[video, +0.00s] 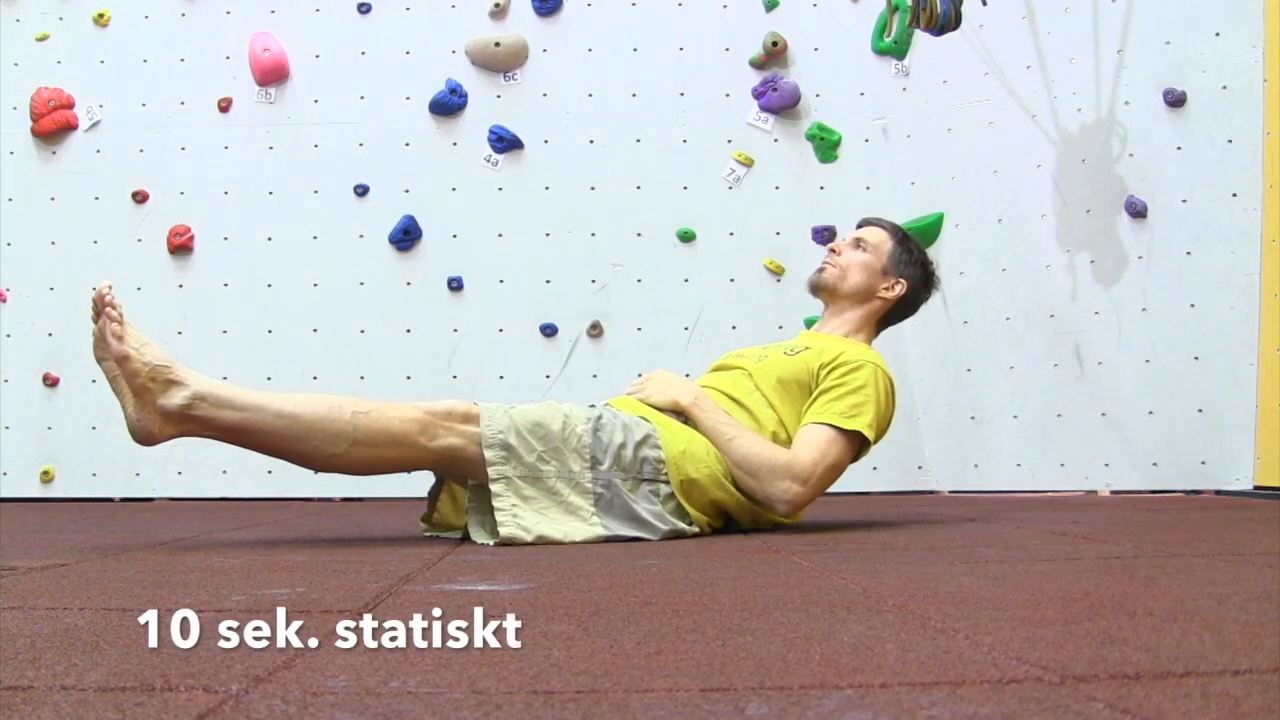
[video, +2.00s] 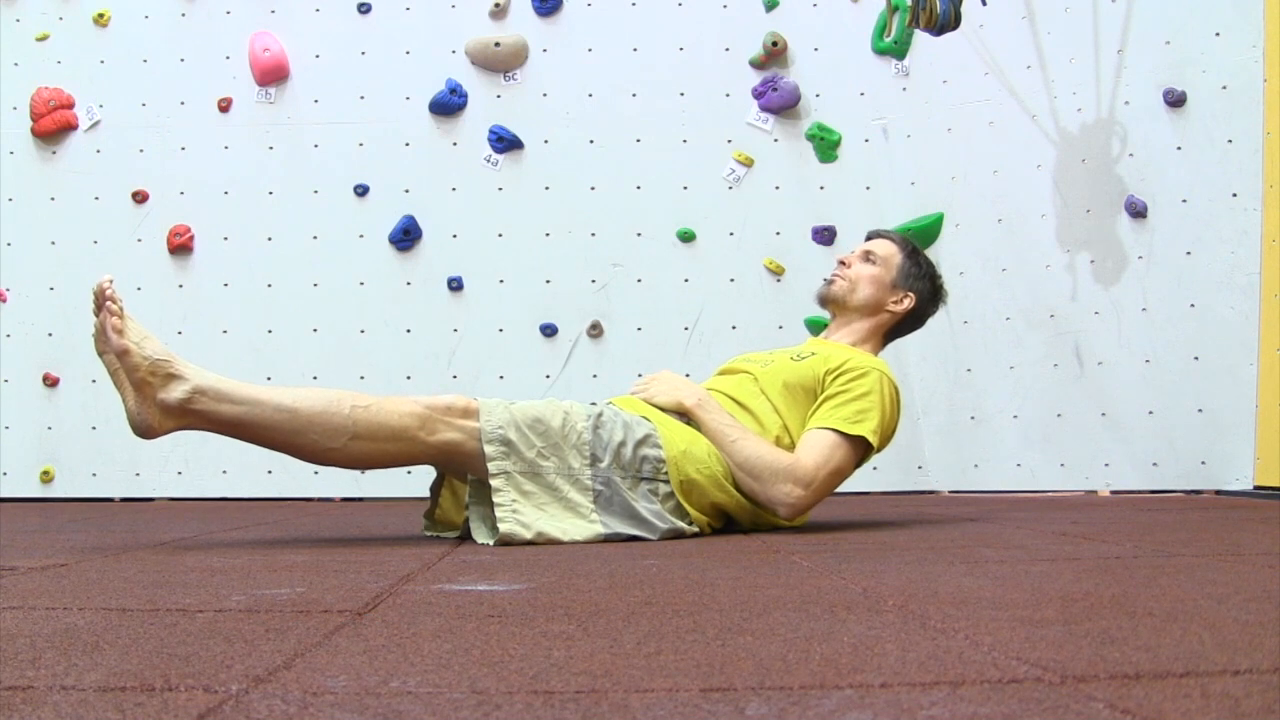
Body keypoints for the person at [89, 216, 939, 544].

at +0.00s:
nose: (833, 247)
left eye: (857, 247)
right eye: (841, 239)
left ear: (889, 292)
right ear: (843, 274)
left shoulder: (859, 368)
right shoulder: (797, 354)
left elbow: (790, 490)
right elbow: (749, 466)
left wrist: (696, 399)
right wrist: (674, 402)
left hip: (663, 460)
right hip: (641, 446)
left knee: (442, 428)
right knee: (429, 431)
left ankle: (177, 400)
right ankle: (178, 403)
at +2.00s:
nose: (846, 256)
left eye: (870, 256)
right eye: (856, 247)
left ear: (897, 303)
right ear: (862, 285)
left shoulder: (865, 378)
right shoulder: (805, 359)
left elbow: (792, 493)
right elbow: (750, 469)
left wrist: (701, 403)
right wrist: (674, 407)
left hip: (660, 461)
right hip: (641, 446)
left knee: (443, 426)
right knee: (435, 422)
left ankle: (179, 395)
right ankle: (181, 397)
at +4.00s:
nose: (845, 265)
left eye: (869, 263)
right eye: (851, 255)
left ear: (900, 307)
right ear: (849, 287)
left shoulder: (867, 381)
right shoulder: (797, 366)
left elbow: (793, 496)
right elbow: (738, 461)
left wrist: (704, 403)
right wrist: (665, 405)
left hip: (656, 457)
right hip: (626, 445)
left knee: (455, 414)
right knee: (407, 448)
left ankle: (192, 364)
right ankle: (171, 450)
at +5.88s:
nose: (832, 261)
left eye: (855, 257)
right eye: (838, 251)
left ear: (892, 300)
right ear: (852, 289)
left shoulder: (863, 375)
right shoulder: (797, 364)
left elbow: (792, 491)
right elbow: (739, 464)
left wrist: (697, 400)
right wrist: (664, 409)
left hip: (652, 457)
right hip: (624, 447)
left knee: (449, 396)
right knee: (423, 453)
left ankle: (195, 327)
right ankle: (194, 481)